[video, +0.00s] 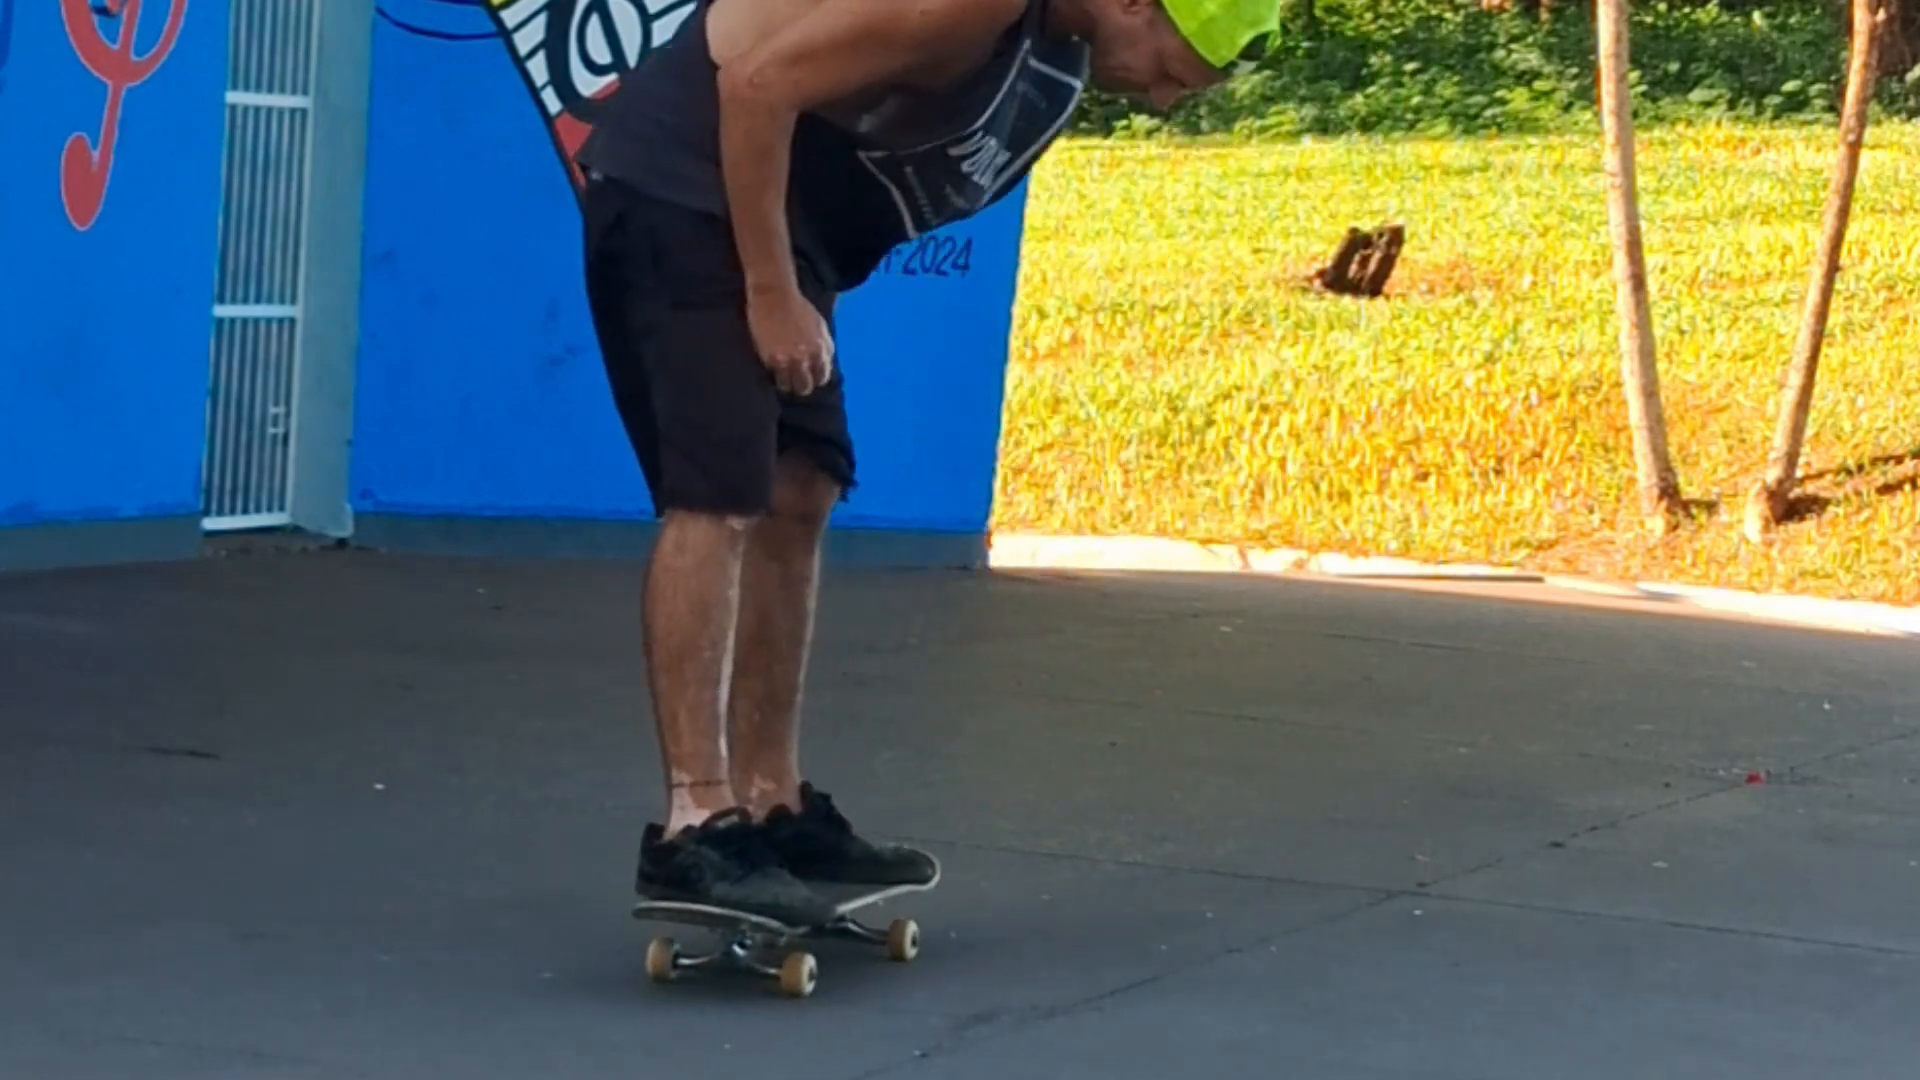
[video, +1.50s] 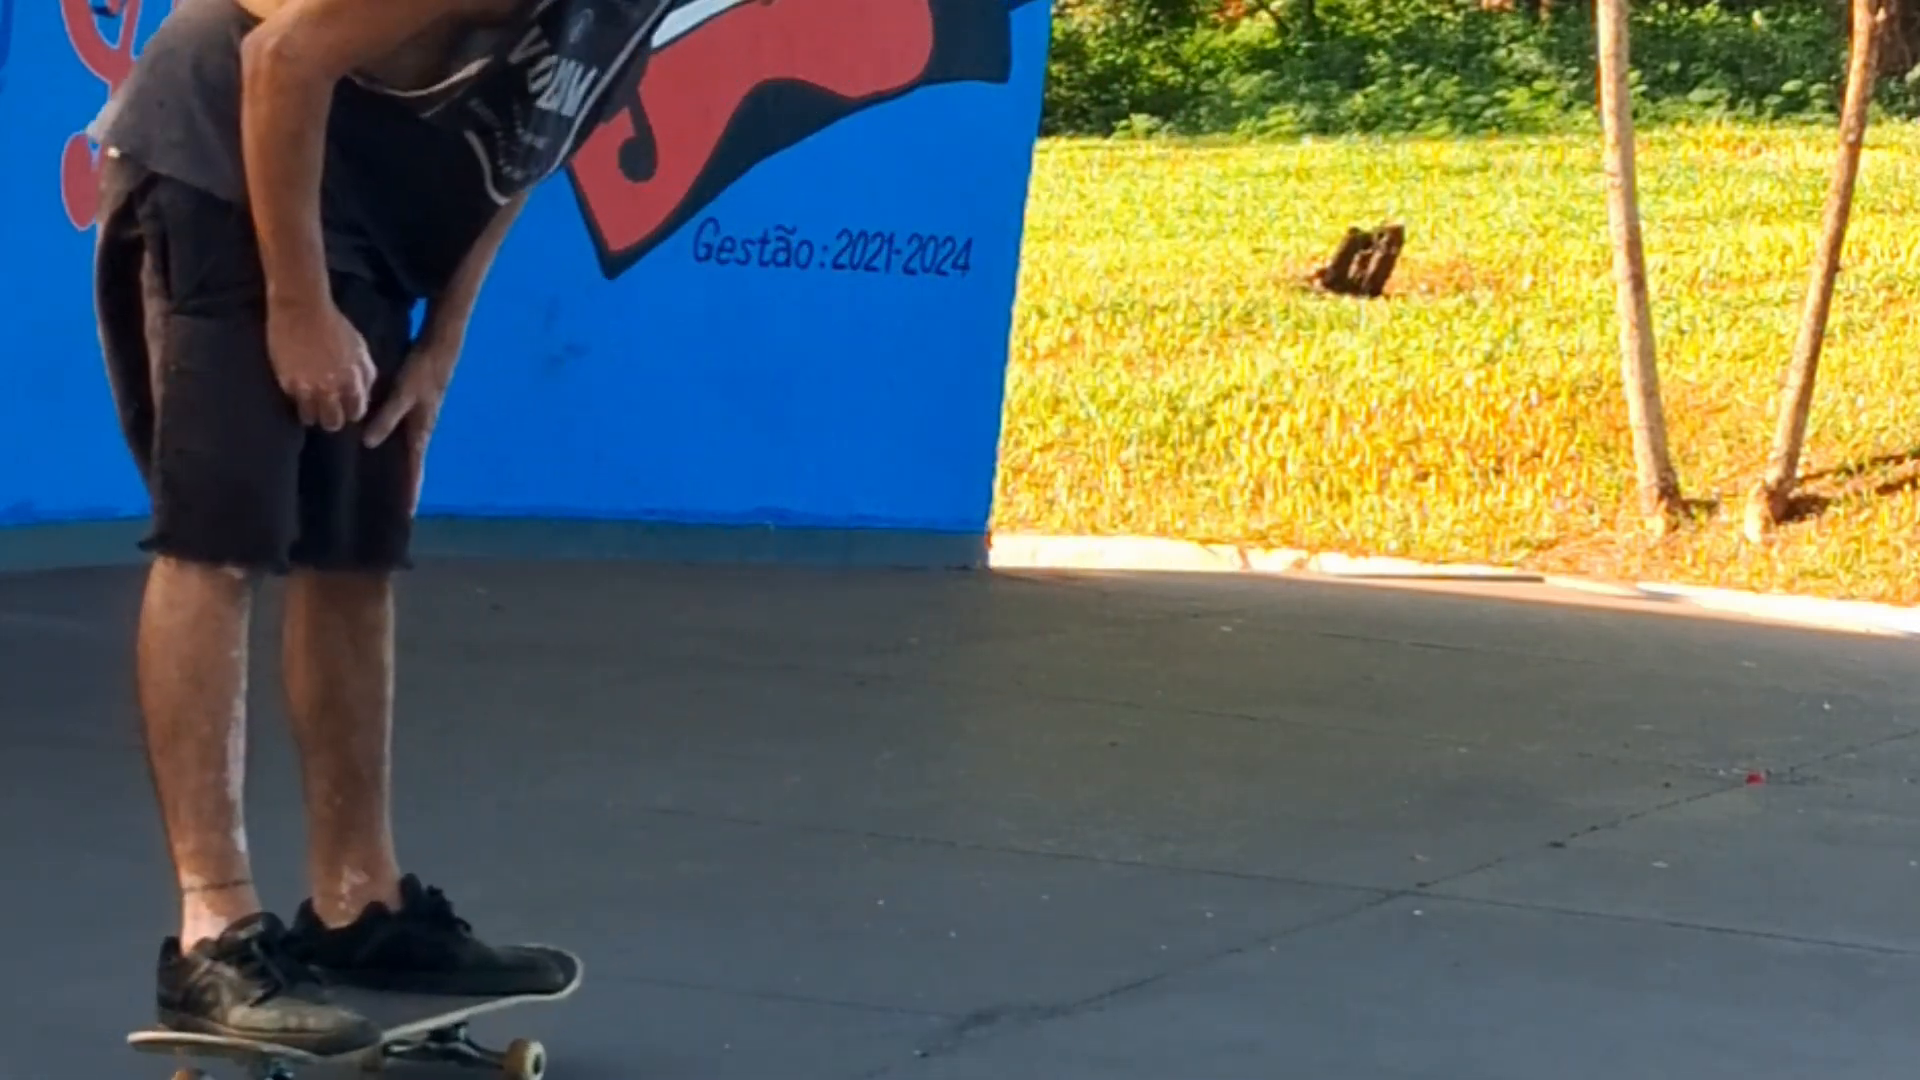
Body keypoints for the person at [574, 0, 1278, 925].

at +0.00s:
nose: (1178, 92)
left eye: (1200, 82)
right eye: (1176, 65)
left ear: (1125, 7)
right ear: (1132, 1)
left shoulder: (1057, 64)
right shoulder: (970, 13)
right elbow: (755, 80)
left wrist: (810, 282)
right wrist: (772, 288)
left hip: (785, 229)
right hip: (675, 191)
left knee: (800, 484)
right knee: (717, 488)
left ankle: (771, 807)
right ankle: (693, 825)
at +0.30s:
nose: (1099, 70)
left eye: (1118, 65)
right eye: (1106, 49)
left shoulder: (985, 49)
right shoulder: (888, 10)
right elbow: (676, 80)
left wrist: (729, 289)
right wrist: (682, 295)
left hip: (706, 230)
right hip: (599, 198)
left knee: (696, 511)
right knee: (611, 505)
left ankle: (702, 824)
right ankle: (613, 847)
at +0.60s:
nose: (1029, 40)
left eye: (1044, 34)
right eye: (1030, 19)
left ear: (1026, 23)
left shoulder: (938, 55)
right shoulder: (809, 5)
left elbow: (740, 144)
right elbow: (581, 70)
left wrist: (685, 310)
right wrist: (587, 294)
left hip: (638, 227)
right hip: (513, 187)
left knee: (617, 513)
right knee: (515, 509)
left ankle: (630, 842)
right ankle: (528, 866)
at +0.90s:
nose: (944, 25)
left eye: (960, 21)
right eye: (952, 9)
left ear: (936, 9)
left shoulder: (834, 41)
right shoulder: (729, 1)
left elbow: (673, 147)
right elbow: (485, 65)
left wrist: (642, 319)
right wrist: (495, 296)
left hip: (551, 222)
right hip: (420, 172)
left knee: (531, 525)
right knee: (425, 520)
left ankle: (548, 865)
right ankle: (436, 888)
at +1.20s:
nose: (842, 3)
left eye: (852, 2)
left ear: (835, 6)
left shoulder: (745, 23)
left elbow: (605, 168)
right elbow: (381, 60)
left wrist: (531, 338)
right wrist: (400, 298)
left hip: (464, 227)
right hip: (323, 176)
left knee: (439, 534)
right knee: (320, 530)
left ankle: (458, 885)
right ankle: (332, 909)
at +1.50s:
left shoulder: (631, 21)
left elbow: (518, 154)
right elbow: (283, 55)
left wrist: (441, 334)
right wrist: (299, 303)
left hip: (386, 202)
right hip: (227, 155)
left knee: (356, 542)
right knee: (213, 540)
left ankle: (358, 908)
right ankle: (214, 941)